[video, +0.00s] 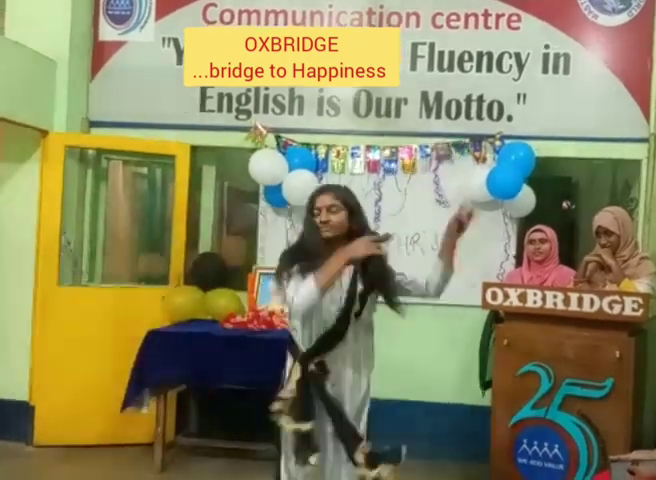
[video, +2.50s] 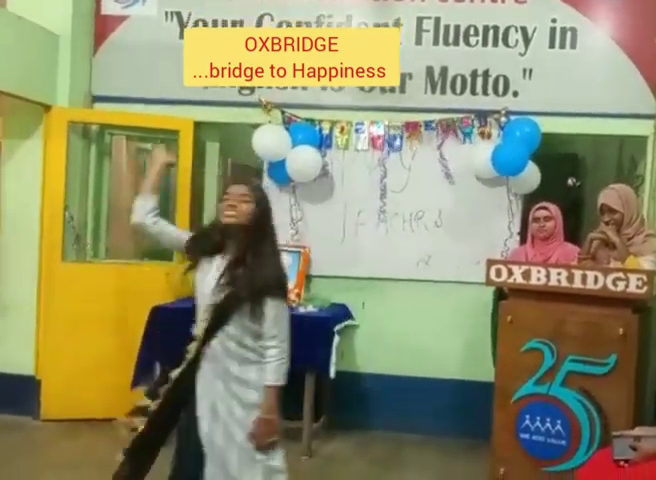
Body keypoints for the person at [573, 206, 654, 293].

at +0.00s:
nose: (602, 242)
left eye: (608, 234)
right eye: (598, 235)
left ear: (624, 233)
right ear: (595, 236)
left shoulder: (644, 265)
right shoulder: (592, 263)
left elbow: (640, 299)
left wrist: (613, 264)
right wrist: (584, 267)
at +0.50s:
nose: (603, 240)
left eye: (609, 232)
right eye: (599, 234)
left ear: (624, 232)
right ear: (595, 235)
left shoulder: (644, 263)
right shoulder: (592, 261)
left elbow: (640, 299)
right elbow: (575, 294)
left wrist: (613, 263)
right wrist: (584, 264)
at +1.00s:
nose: (603, 237)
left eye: (609, 230)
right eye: (599, 231)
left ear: (624, 230)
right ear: (595, 232)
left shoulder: (645, 262)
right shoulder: (593, 259)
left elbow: (641, 296)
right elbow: (577, 290)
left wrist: (614, 261)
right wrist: (585, 262)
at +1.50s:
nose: (602, 235)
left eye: (609, 228)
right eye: (599, 228)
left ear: (625, 227)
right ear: (595, 229)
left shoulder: (646, 259)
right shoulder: (593, 256)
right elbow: (576, 287)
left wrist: (615, 258)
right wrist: (585, 260)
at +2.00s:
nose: (604, 229)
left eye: (611, 222)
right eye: (600, 222)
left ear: (627, 221)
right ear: (597, 224)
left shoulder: (647, 253)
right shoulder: (595, 251)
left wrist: (617, 252)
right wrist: (587, 254)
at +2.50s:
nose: (605, 219)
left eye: (612, 211)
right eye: (602, 212)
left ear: (629, 211)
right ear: (599, 213)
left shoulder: (649, 243)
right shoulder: (596, 241)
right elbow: (580, 271)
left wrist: (618, 242)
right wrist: (588, 242)